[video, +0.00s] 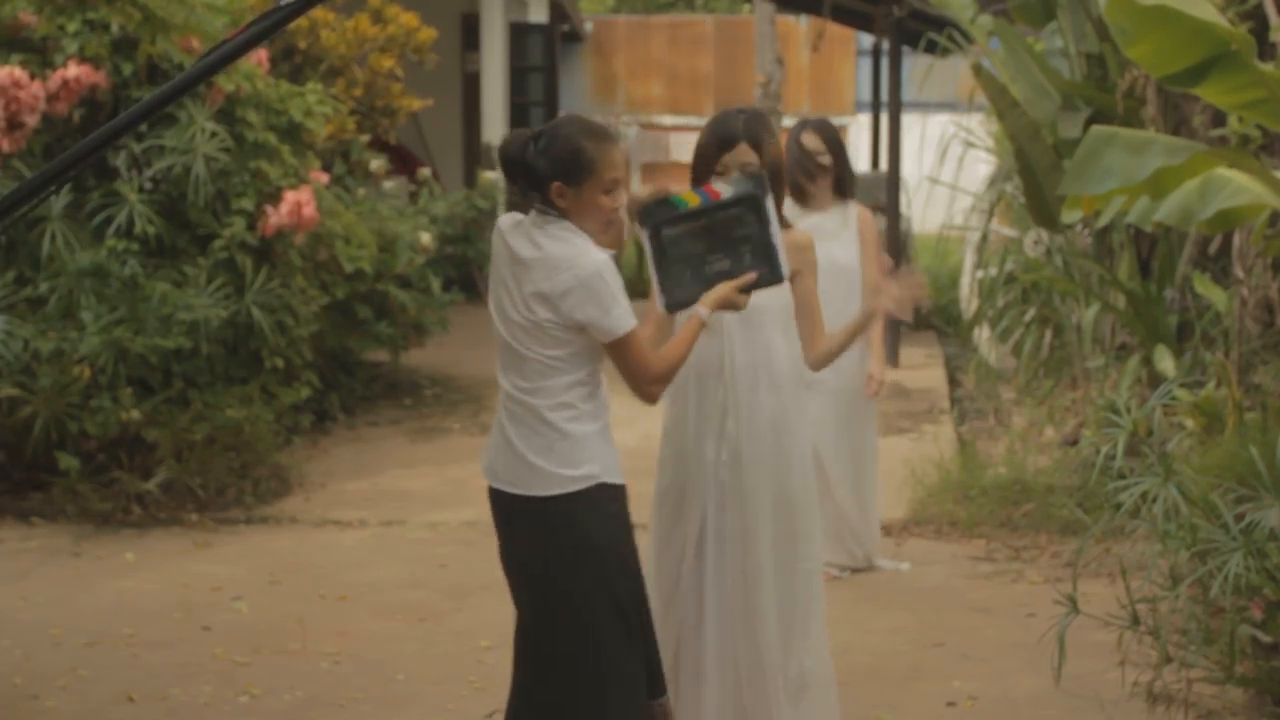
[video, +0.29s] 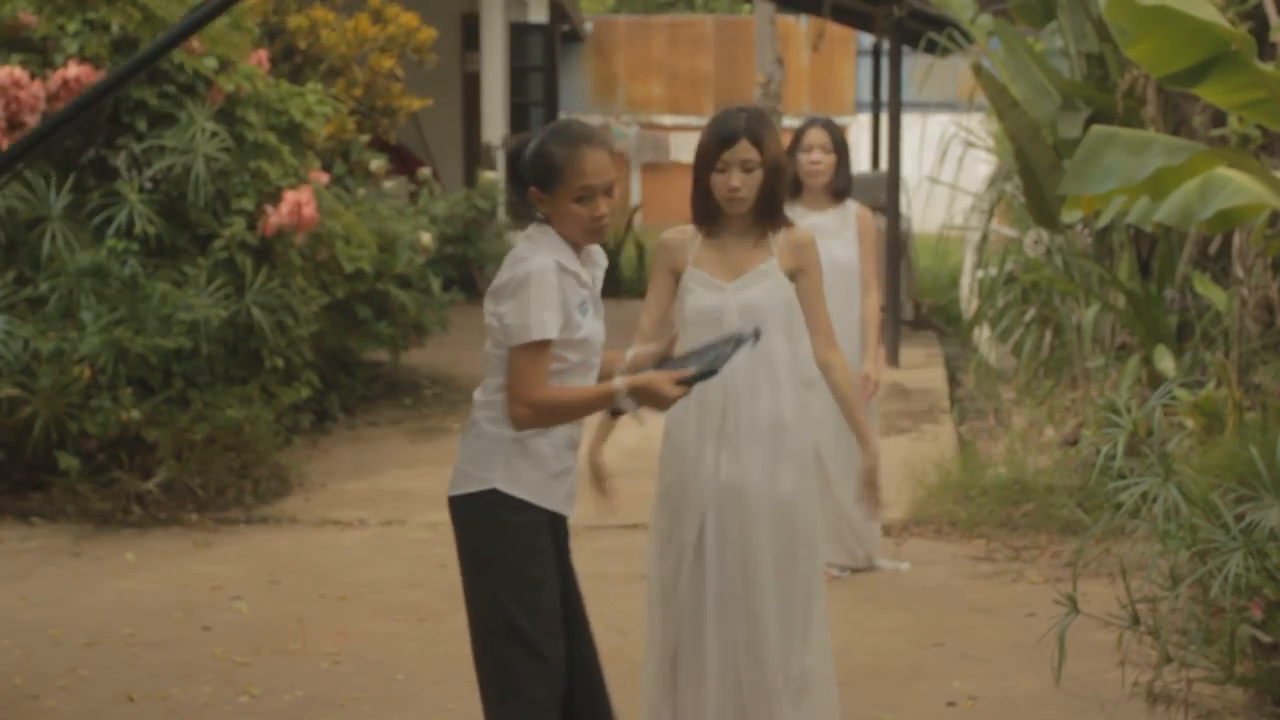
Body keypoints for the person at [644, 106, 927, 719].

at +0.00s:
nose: (737, 187)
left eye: (749, 173)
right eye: (724, 174)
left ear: (765, 175)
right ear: (700, 176)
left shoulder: (792, 244)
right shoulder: (682, 241)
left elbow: (818, 353)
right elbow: (650, 348)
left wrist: (872, 309)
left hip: (767, 419)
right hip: (701, 420)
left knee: (766, 570)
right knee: (697, 570)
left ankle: (767, 702)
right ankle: (698, 702)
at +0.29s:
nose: (735, 182)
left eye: (748, 169)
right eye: (722, 169)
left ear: (768, 174)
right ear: (705, 174)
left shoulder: (793, 246)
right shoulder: (679, 247)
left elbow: (828, 351)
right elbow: (647, 348)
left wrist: (869, 443)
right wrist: (598, 440)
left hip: (778, 445)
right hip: (701, 447)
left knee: (775, 609)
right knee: (702, 609)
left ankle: (776, 712)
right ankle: (704, 713)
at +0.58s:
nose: (730, 172)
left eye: (744, 159)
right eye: (719, 158)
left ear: (765, 169)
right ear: (702, 166)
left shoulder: (792, 246)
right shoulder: (678, 247)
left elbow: (804, 355)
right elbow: (662, 357)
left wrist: (821, 456)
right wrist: (645, 451)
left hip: (773, 447)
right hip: (698, 447)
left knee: (770, 610)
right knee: (702, 609)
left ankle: (770, 713)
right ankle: (703, 713)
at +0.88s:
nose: (729, 175)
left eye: (743, 162)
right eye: (718, 161)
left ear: (764, 170)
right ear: (701, 168)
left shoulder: (791, 246)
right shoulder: (676, 247)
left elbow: (815, 352)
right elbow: (654, 353)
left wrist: (846, 447)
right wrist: (624, 454)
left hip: (775, 448)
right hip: (699, 449)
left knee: (773, 610)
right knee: (701, 609)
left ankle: (774, 712)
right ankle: (705, 712)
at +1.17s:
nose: (728, 193)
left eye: (742, 179)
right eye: (715, 179)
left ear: (763, 179)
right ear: (697, 179)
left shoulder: (789, 247)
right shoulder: (674, 248)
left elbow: (814, 353)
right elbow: (650, 352)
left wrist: (823, 457)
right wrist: (637, 452)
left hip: (771, 452)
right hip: (694, 452)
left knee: (768, 612)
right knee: (696, 611)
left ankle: (768, 713)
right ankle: (698, 713)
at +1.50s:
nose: (727, 198)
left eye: (741, 184)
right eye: (715, 184)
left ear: (764, 182)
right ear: (697, 181)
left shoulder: (790, 248)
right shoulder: (674, 248)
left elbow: (815, 359)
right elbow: (652, 354)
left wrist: (772, 450)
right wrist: (674, 451)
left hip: (768, 458)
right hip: (694, 457)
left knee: (769, 617)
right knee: (695, 616)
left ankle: (771, 711)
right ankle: (697, 712)